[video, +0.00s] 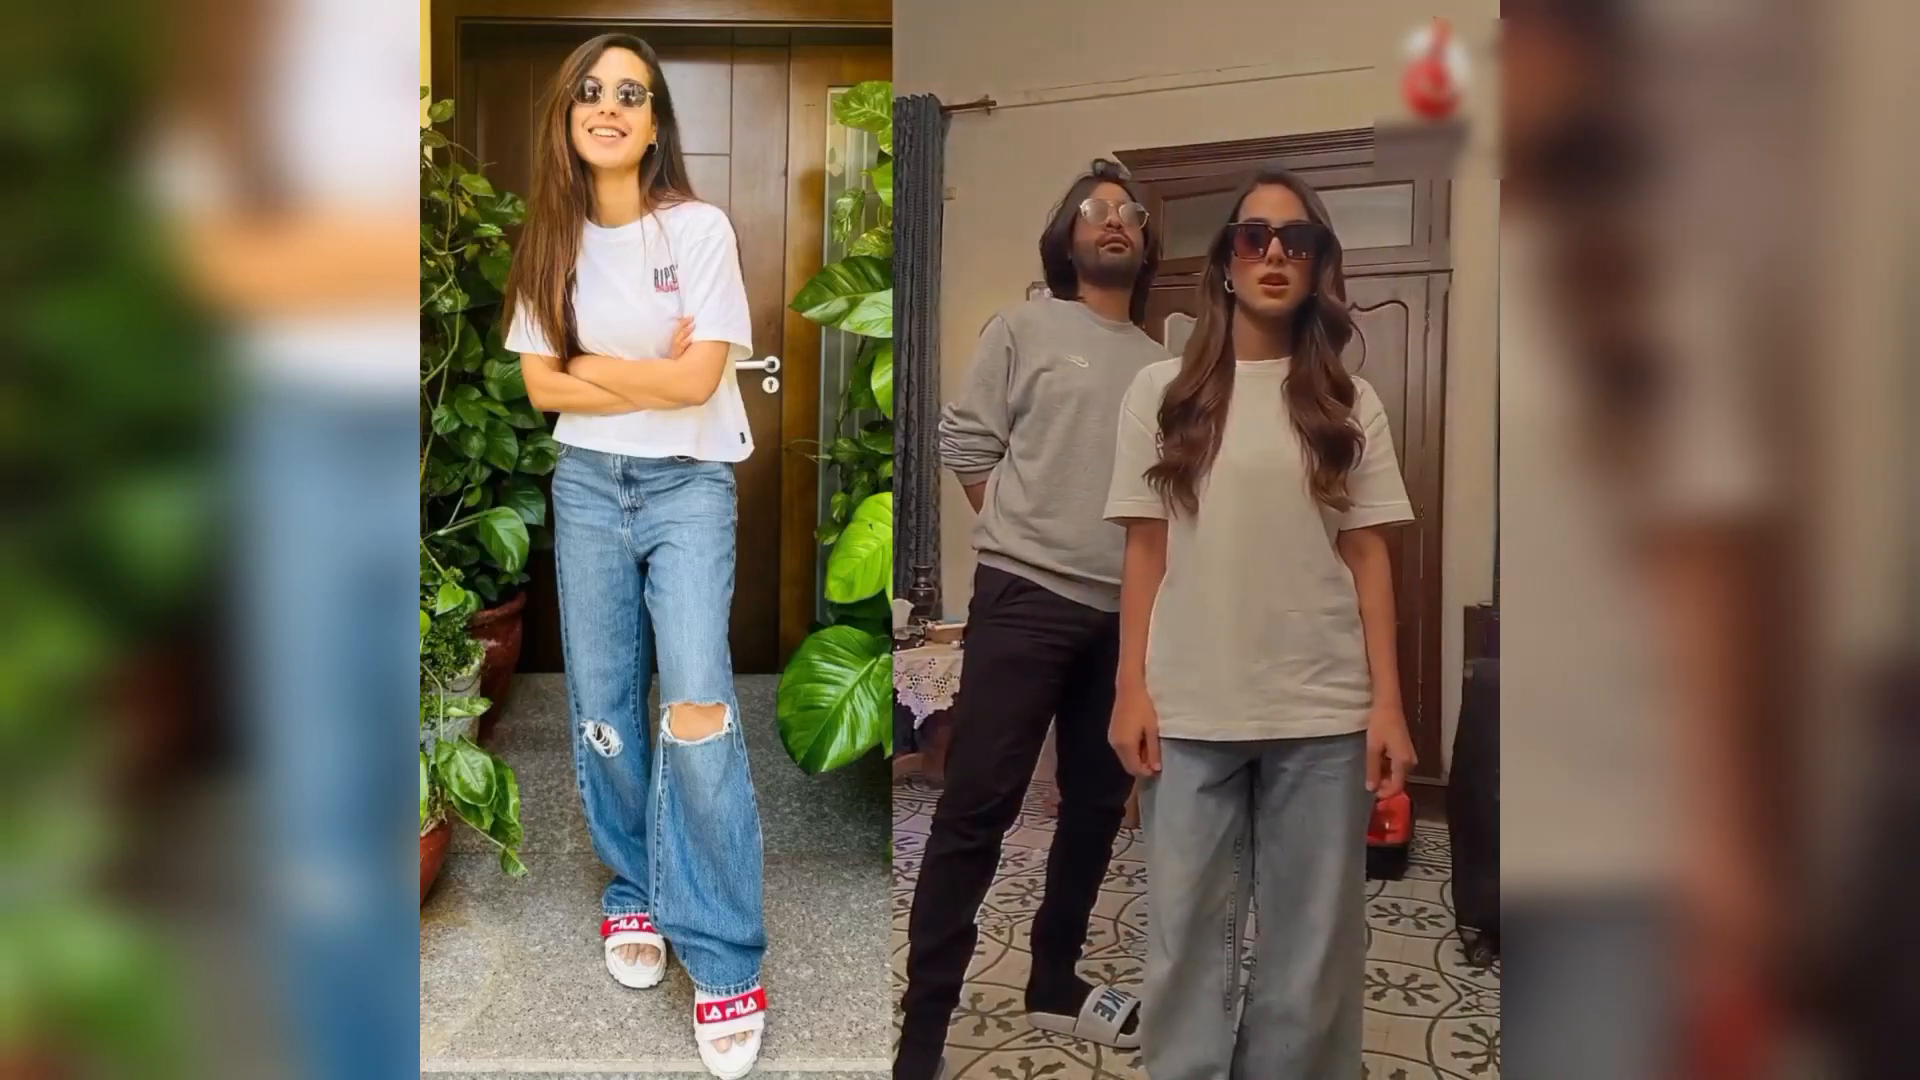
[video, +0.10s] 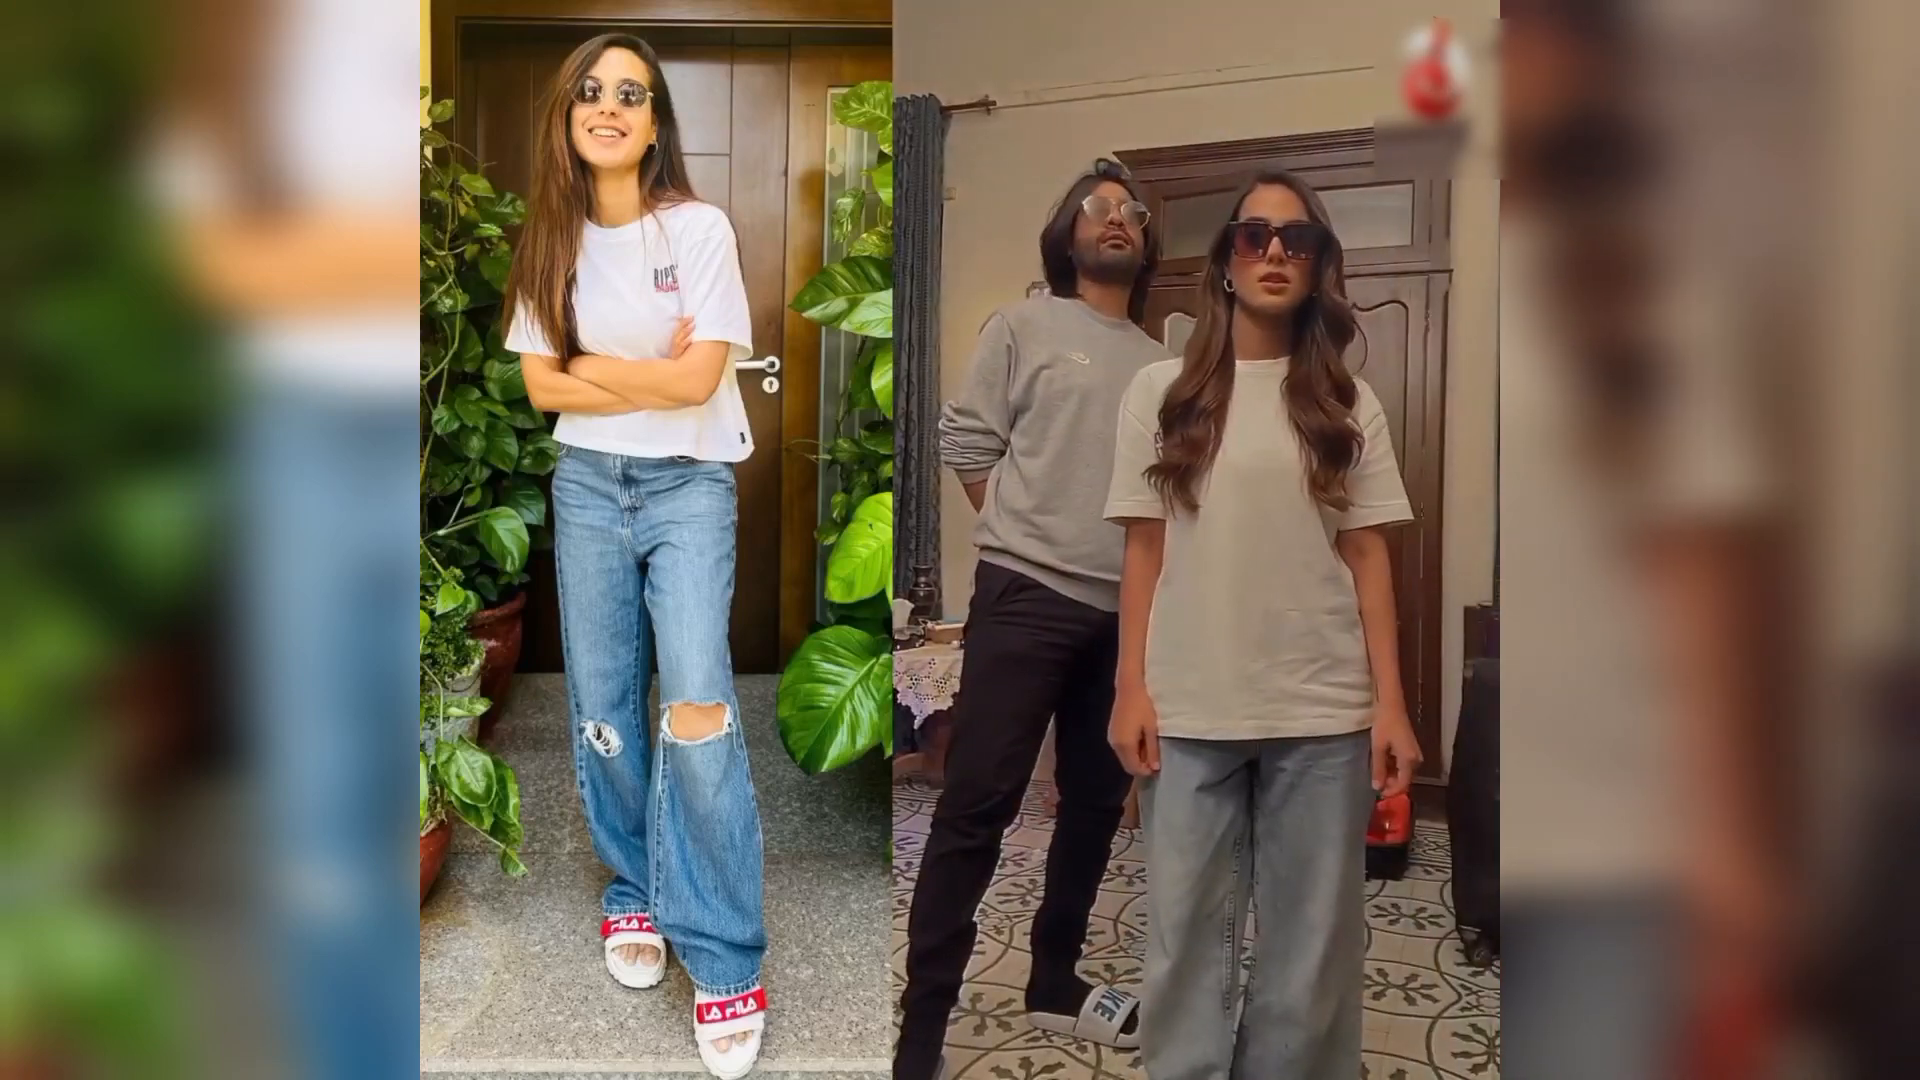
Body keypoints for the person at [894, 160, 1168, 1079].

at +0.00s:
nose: (1119, 220)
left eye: (1130, 210)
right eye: (1098, 210)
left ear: (1148, 240)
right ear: (1066, 239)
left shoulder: (1166, 360)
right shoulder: (1022, 326)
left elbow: (1179, 492)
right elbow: (972, 458)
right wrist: (1018, 553)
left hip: (1127, 608)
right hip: (1022, 598)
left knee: (1096, 804)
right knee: (975, 812)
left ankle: (1056, 985)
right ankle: (923, 1033)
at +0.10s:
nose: (1119, 218)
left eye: (1131, 209)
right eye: (1099, 207)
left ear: (1148, 240)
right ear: (1064, 236)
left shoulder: (1166, 358)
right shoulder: (1021, 324)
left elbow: (1179, 486)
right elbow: (968, 448)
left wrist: (1133, 556)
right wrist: (1020, 541)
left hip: (1127, 606)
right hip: (1023, 595)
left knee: (1094, 802)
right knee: (975, 808)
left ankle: (1055, 984)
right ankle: (922, 1036)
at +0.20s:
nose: (1120, 220)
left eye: (1131, 211)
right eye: (1100, 208)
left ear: (1145, 241)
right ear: (1062, 233)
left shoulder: (1162, 361)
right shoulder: (1019, 324)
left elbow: (1173, 490)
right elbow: (968, 449)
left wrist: (1115, 549)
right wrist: (1022, 539)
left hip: (1126, 606)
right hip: (1024, 594)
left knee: (1096, 800)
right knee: (979, 807)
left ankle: (1055, 982)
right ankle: (922, 1029)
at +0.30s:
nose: (1116, 235)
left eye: (1127, 227)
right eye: (1097, 221)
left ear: (1137, 254)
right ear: (1057, 240)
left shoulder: (1148, 366)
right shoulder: (1013, 331)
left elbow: (1162, 495)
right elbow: (961, 457)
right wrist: (1015, 551)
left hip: (1125, 609)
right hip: (1027, 600)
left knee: (1107, 808)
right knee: (994, 813)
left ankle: (1056, 981)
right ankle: (925, 1035)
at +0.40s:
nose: (1116, 226)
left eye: (1125, 216)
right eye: (1095, 215)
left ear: (1136, 247)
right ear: (1054, 241)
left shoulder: (1144, 368)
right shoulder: (1014, 333)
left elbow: (1158, 498)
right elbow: (959, 467)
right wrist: (1011, 559)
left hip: (1123, 610)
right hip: (1027, 602)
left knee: (1108, 810)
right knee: (997, 816)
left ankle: (1055, 979)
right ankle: (926, 1034)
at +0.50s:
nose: (1114, 218)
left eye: (1122, 207)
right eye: (1091, 206)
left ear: (1134, 239)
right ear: (1050, 233)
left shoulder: (1139, 361)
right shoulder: (1015, 326)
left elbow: (1148, 491)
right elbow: (962, 462)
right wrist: (1010, 556)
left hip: (1119, 604)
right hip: (1026, 595)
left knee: (1100, 805)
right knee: (1000, 810)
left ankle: (1054, 985)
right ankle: (925, 1030)